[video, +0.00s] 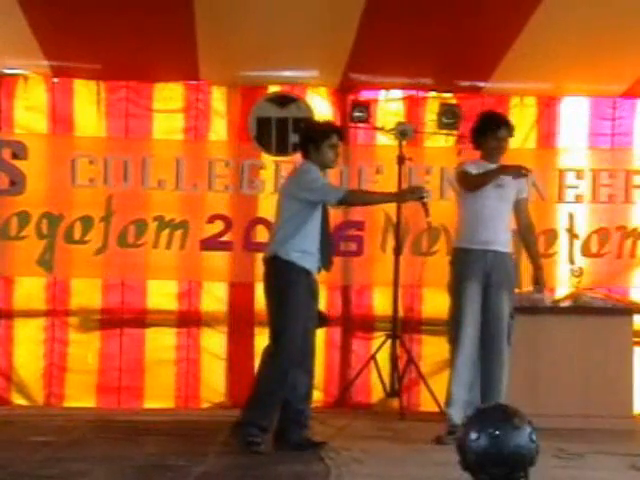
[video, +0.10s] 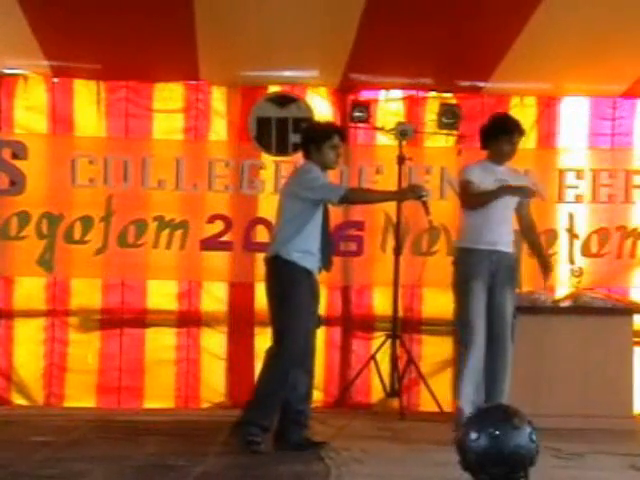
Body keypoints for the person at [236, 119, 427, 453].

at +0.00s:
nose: (337, 154)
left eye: (338, 148)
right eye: (332, 148)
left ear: (324, 151)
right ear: (313, 148)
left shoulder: (312, 179)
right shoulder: (305, 176)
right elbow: (346, 197)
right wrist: (399, 196)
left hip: (300, 271)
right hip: (286, 268)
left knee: (302, 354)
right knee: (286, 350)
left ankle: (294, 432)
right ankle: (254, 428)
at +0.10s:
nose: (339, 155)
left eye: (340, 149)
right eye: (333, 149)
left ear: (323, 152)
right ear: (315, 149)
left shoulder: (312, 179)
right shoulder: (306, 177)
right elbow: (348, 196)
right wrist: (400, 195)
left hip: (301, 270)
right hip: (288, 268)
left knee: (302, 352)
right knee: (289, 349)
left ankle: (293, 432)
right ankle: (254, 427)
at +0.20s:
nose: (339, 155)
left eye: (340, 149)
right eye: (334, 148)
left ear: (329, 153)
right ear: (317, 149)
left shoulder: (313, 179)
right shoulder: (307, 177)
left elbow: (349, 196)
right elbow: (350, 195)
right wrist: (399, 194)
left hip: (301, 269)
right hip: (289, 268)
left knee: (302, 351)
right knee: (294, 350)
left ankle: (293, 431)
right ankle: (256, 423)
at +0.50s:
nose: (344, 155)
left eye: (346, 149)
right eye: (338, 148)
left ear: (340, 152)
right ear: (320, 149)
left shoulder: (316, 178)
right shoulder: (311, 176)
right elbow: (347, 195)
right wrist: (394, 194)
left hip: (303, 267)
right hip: (297, 266)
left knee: (307, 343)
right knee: (319, 342)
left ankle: (296, 429)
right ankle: (302, 431)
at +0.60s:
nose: (346, 156)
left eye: (348, 150)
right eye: (341, 149)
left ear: (342, 152)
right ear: (323, 149)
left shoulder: (320, 181)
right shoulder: (313, 177)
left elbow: (317, 247)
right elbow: (347, 195)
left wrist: (330, 301)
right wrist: (395, 194)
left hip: (307, 268)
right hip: (300, 266)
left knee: (307, 347)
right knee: (321, 345)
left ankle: (295, 428)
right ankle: (325, 428)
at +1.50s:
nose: (398, 155)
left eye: (399, 148)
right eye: (393, 147)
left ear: (385, 149)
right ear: (374, 146)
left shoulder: (369, 181)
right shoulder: (359, 178)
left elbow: (363, 239)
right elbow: (381, 208)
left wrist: (374, 281)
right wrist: (422, 214)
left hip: (356, 272)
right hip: (344, 270)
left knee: (352, 353)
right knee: (353, 353)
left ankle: (309, 415)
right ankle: (356, 436)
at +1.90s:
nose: (399, 167)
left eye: (401, 159)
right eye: (398, 158)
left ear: (378, 150)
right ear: (386, 153)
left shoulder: (360, 178)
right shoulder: (364, 180)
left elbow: (358, 232)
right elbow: (371, 222)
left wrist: (368, 277)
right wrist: (401, 210)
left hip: (343, 269)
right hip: (338, 268)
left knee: (337, 346)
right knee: (346, 348)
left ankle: (300, 417)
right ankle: (354, 432)